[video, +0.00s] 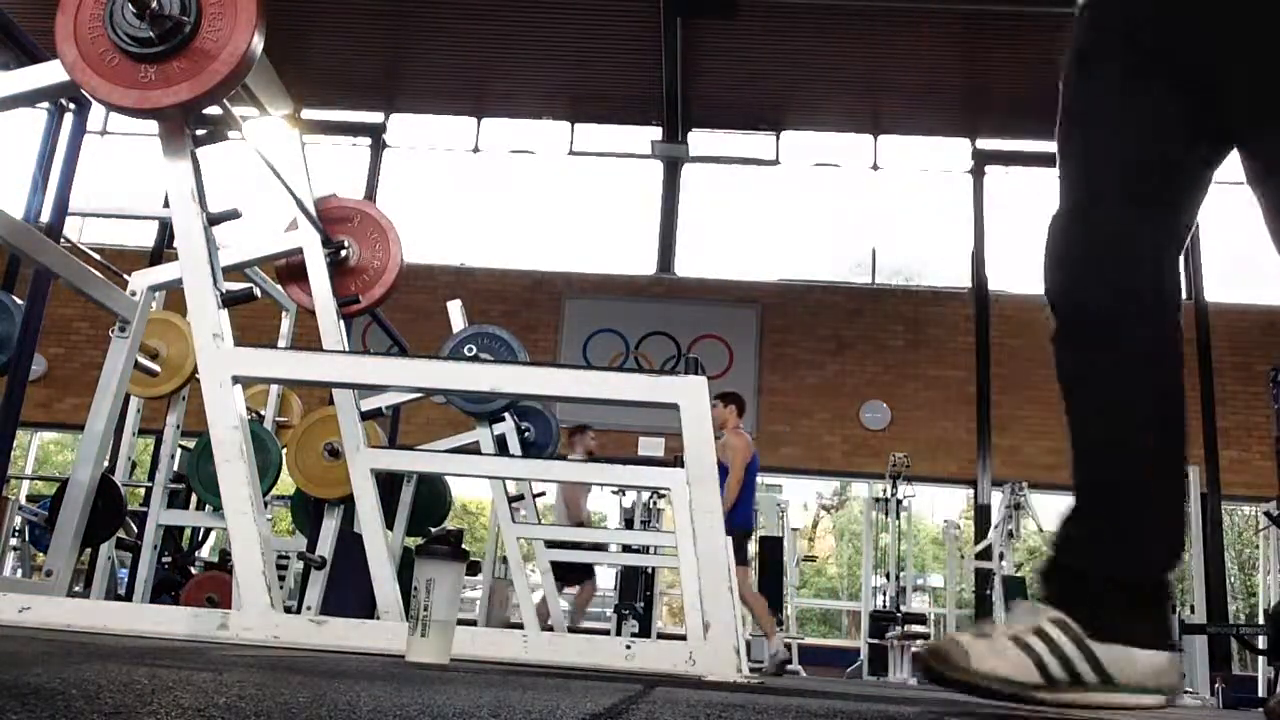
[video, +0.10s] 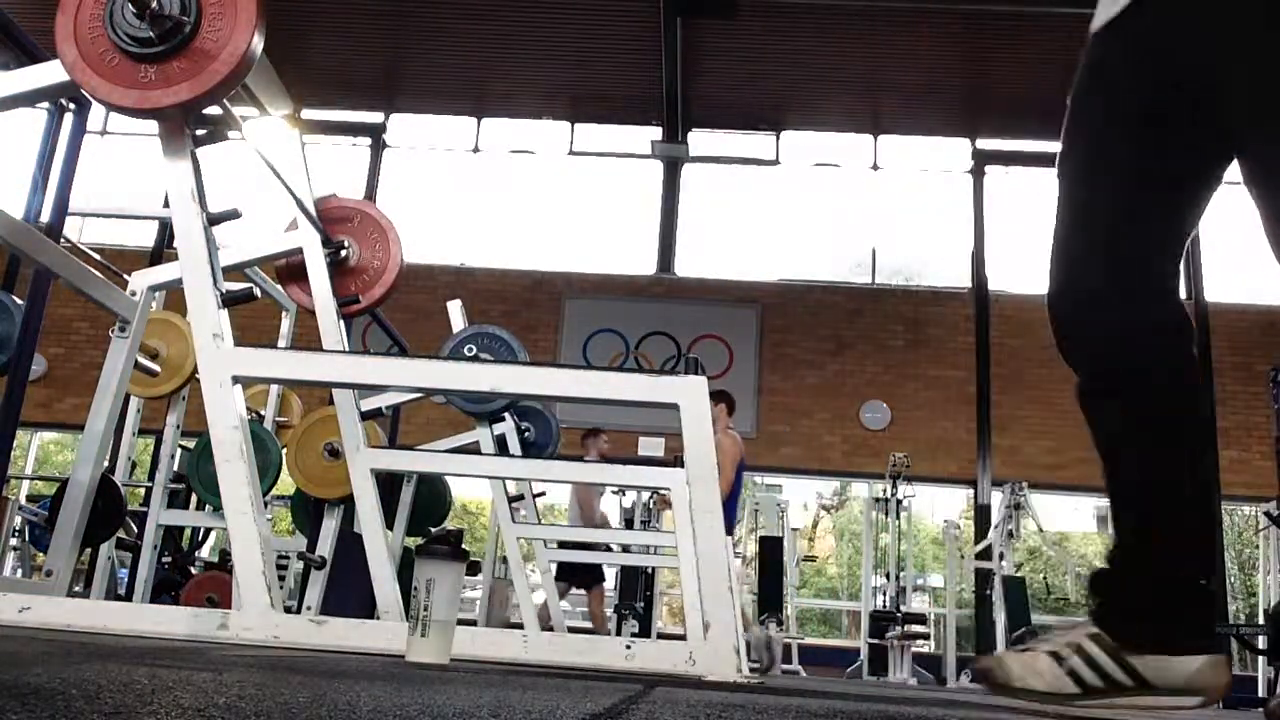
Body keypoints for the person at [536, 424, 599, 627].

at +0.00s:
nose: (595, 443)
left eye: (594, 438)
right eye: (591, 438)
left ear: (577, 440)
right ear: (576, 439)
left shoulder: (576, 466)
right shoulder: (574, 466)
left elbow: (576, 504)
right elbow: (574, 504)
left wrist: (585, 528)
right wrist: (588, 533)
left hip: (565, 532)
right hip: (570, 533)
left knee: (555, 587)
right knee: (588, 585)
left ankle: (534, 628)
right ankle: (573, 627)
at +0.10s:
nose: (607, 446)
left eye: (607, 442)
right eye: (604, 442)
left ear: (590, 444)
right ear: (591, 444)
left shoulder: (591, 470)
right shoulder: (587, 471)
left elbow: (592, 507)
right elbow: (588, 512)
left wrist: (603, 520)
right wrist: (603, 525)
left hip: (575, 537)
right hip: (582, 539)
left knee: (560, 589)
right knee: (596, 592)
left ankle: (535, 626)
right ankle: (603, 640)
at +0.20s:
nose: (622, 448)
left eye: (621, 444)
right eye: (618, 444)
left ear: (605, 447)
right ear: (605, 446)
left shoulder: (609, 472)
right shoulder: (603, 473)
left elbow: (611, 508)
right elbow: (604, 512)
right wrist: (611, 541)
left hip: (592, 538)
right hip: (599, 539)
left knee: (574, 592)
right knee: (611, 595)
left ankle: (544, 623)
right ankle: (618, 644)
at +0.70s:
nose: (623, 407)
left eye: (629, 402)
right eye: (623, 402)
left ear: (643, 406)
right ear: (629, 409)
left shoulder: (666, 437)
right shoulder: (618, 441)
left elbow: (692, 469)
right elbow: (588, 456)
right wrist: (558, 452)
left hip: (661, 523)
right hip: (627, 523)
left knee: (668, 585)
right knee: (610, 582)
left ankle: (684, 639)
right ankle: (598, 639)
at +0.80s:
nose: (607, 407)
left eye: (613, 402)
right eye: (608, 402)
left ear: (629, 407)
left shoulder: (654, 434)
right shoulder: (603, 441)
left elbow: (675, 473)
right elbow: (576, 460)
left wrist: (671, 504)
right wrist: (568, 457)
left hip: (649, 518)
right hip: (616, 518)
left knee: (652, 580)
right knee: (604, 580)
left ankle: (671, 634)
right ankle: (597, 639)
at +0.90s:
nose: (596, 406)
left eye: (602, 401)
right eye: (596, 401)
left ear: (619, 405)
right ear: (604, 408)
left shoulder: (644, 432)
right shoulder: (592, 441)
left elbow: (667, 469)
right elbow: (567, 463)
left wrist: (662, 499)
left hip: (641, 517)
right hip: (608, 517)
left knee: (643, 580)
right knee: (600, 580)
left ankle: (650, 640)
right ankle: (596, 640)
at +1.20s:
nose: (589, 408)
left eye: (595, 404)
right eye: (590, 404)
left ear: (610, 407)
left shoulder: (633, 433)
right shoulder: (582, 436)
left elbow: (652, 472)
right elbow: (557, 462)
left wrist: (641, 496)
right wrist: (570, 450)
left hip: (622, 518)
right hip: (591, 518)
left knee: (617, 580)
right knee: (591, 579)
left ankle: (616, 633)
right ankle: (594, 639)